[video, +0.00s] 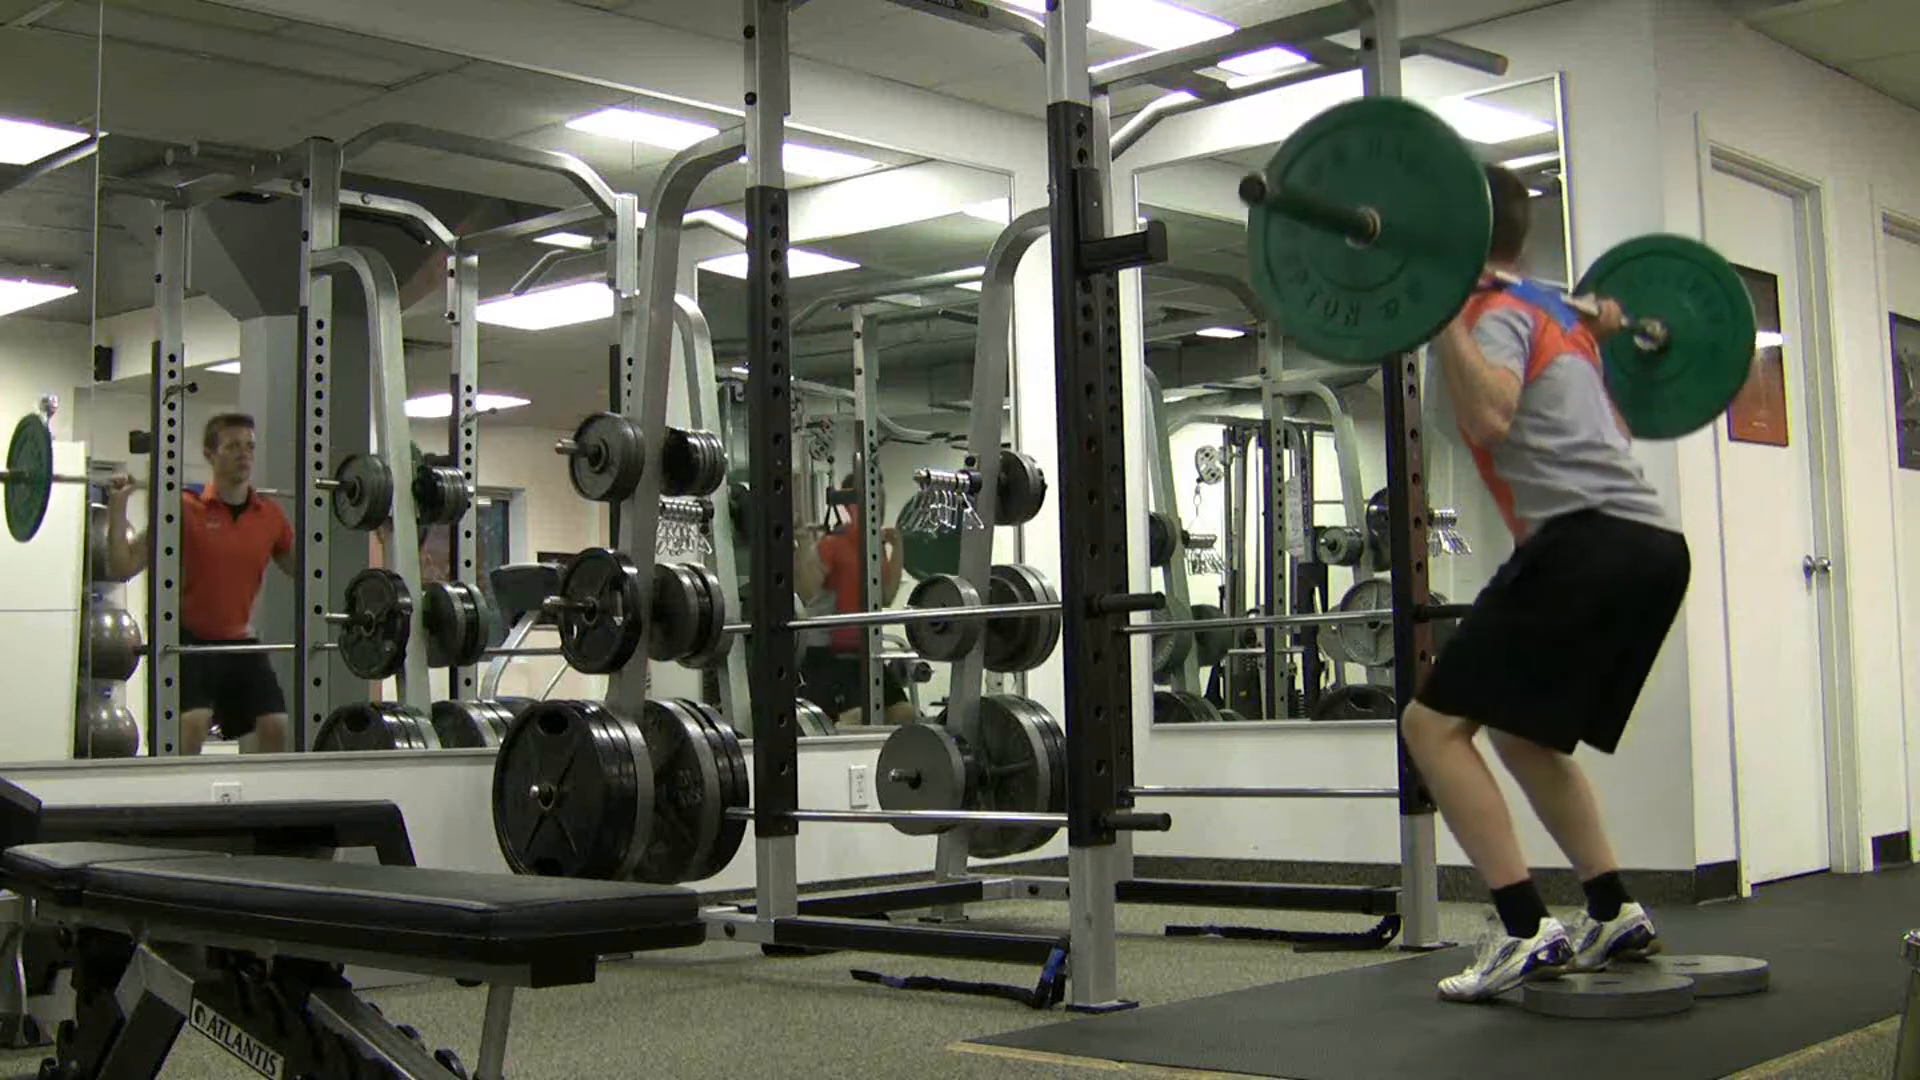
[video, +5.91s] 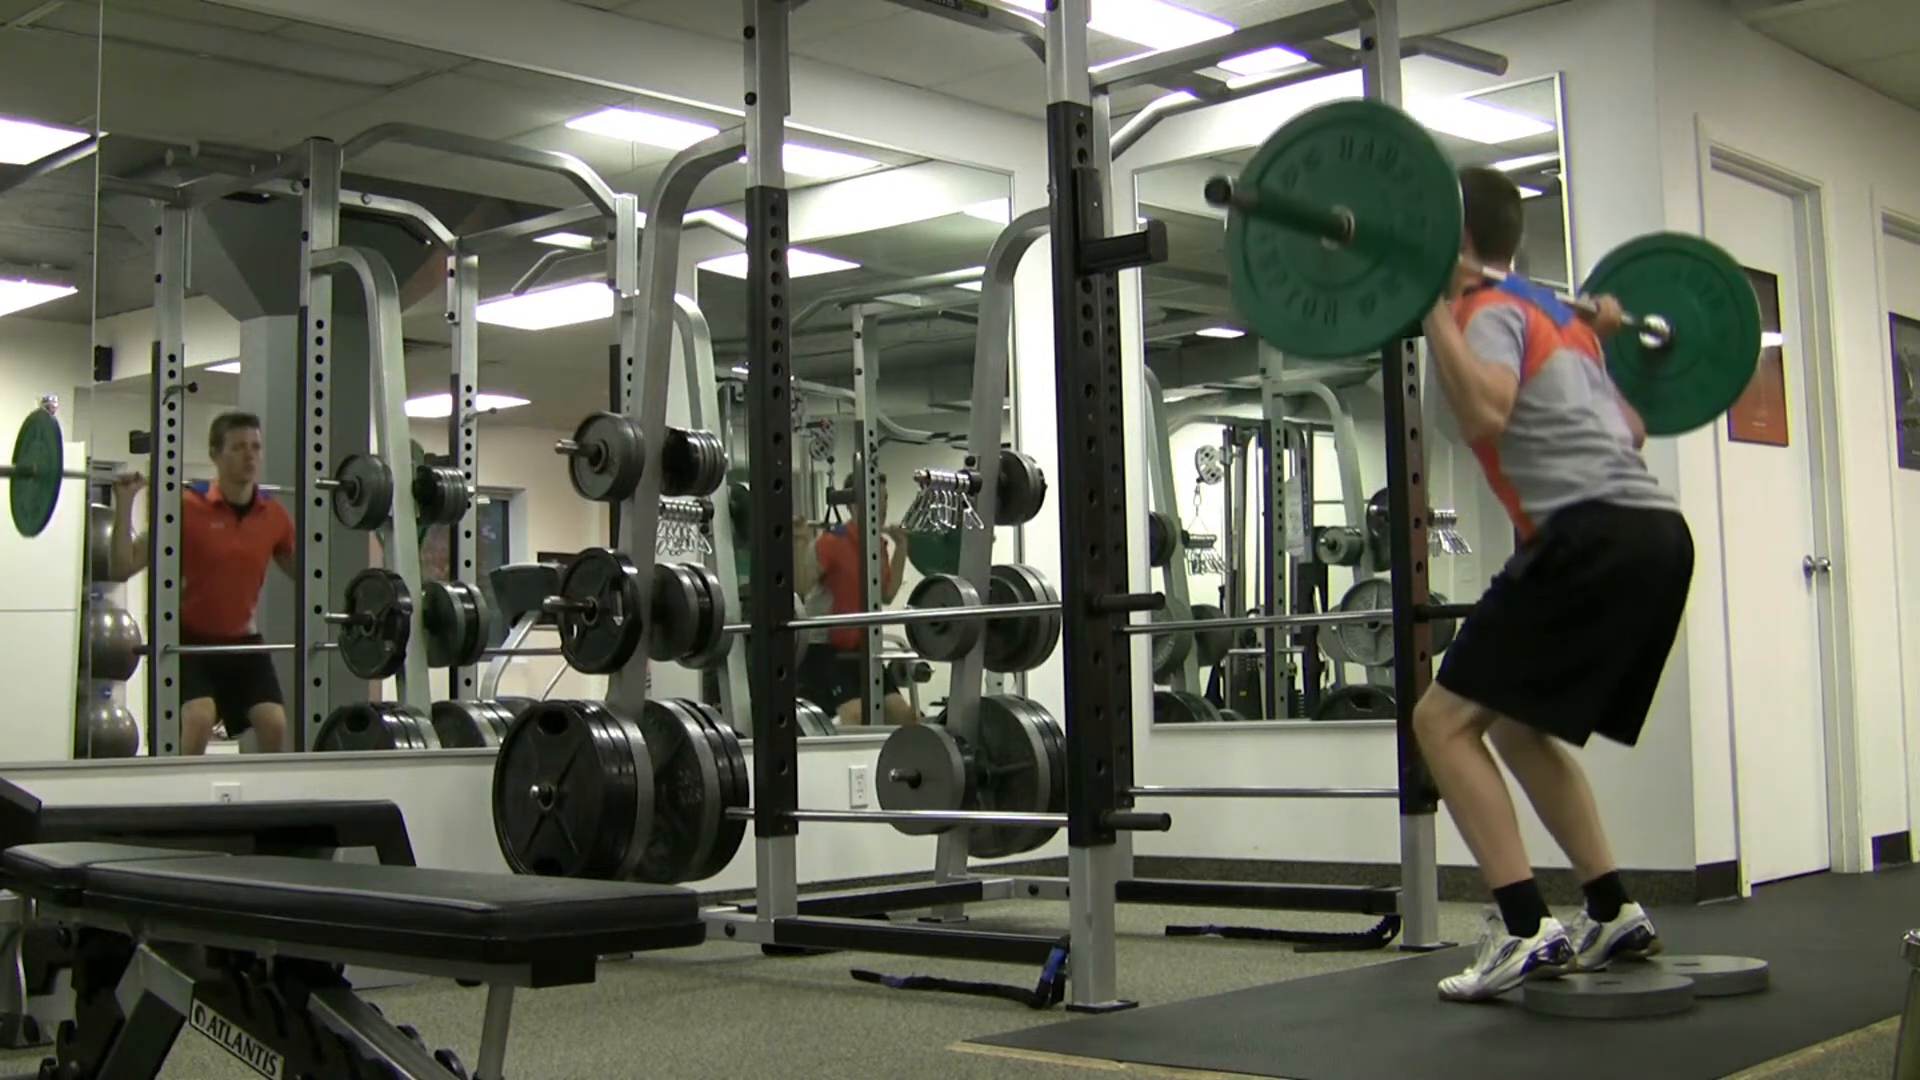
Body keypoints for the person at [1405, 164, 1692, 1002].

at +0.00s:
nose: (1437, 244)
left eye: (1443, 223)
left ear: (1459, 232)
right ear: (1521, 235)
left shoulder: (1497, 306)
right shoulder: (1562, 310)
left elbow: (1487, 420)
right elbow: (1618, 418)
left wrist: (1438, 310)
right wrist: (1596, 327)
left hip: (1584, 541)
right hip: (1655, 548)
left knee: (1431, 725)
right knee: (1524, 730)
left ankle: (1525, 930)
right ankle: (1617, 916)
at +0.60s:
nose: (1430, 373)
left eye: (1440, 357)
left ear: (1454, 366)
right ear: (1520, 370)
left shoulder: (1499, 439)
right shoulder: (1558, 437)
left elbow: (1496, 553)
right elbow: (1574, 510)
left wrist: (1441, 444)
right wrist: (1591, 452)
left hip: (1602, 654)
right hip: (1678, 664)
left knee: (1405, 747)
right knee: (1512, 775)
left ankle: (1523, 930)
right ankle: (1613, 914)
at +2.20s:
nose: (1437, 257)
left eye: (1441, 240)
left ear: (1459, 244)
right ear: (1518, 244)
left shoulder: (1496, 309)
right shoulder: (1566, 317)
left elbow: (1487, 416)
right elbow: (1630, 430)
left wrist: (1440, 314)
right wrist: (1610, 340)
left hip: (1587, 542)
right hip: (1658, 541)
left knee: (1438, 723)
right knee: (1519, 727)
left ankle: (1523, 931)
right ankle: (1614, 911)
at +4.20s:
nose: (1433, 315)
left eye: (1441, 298)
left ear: (1455, 307)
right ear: (1521, 309)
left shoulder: (1499, 381)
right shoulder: (1563, 382)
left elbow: (1497, 491)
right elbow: (1614, 484)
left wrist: (1443, 393)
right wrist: (1593, 399)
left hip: (1595, 604)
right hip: (1669, 610)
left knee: (1413, 740)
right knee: (1513, 755)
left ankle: (1522, 930)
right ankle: (1614, 913)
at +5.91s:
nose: (1435, 251)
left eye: (1436, 236)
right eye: (1439, 234)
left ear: (1453, 239)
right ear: (1515, 242)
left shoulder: (1490, 308)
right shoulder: (1563, 317)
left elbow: (1485, 416)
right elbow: (1628, 427)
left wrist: (1434, 310)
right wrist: (1601, 333)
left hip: (1588, 537)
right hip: (1655, 536)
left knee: (1440, 721)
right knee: (1516, 724)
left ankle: (1523, 929)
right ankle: (1614, 913)